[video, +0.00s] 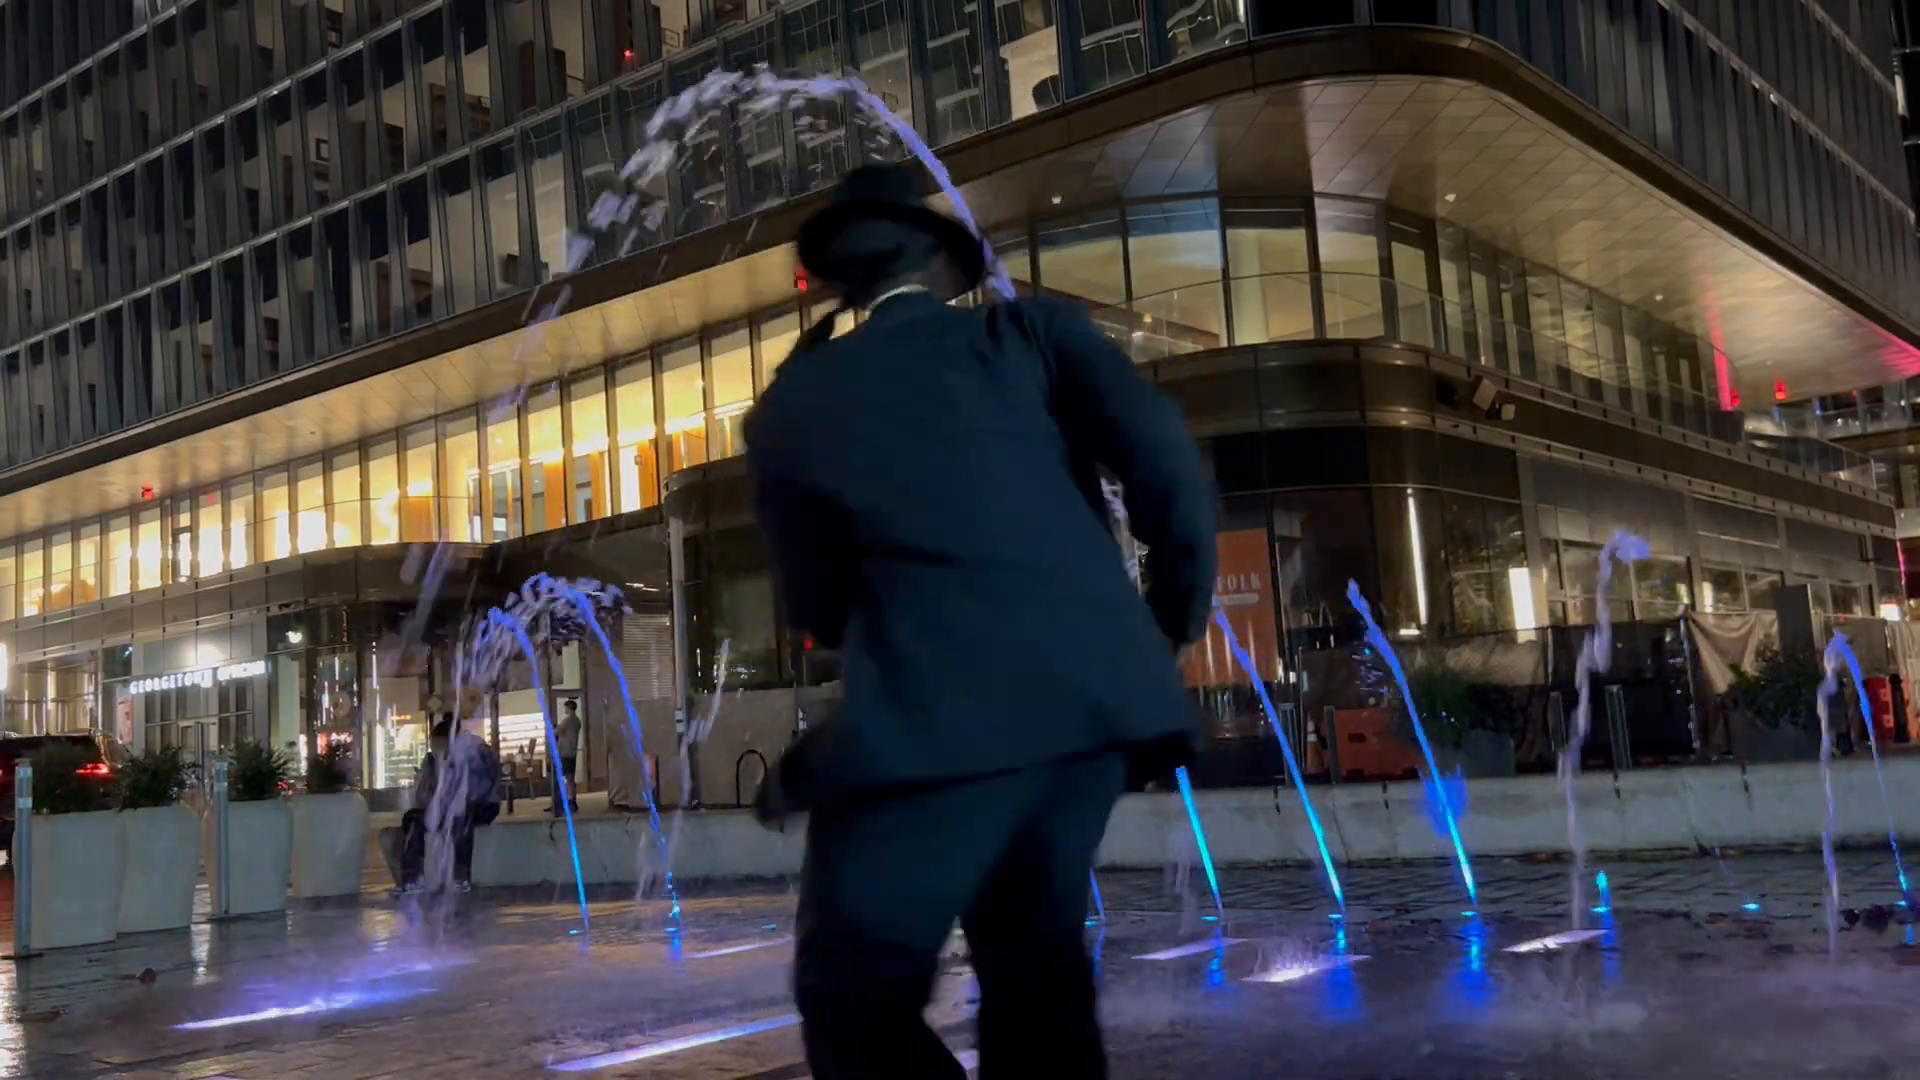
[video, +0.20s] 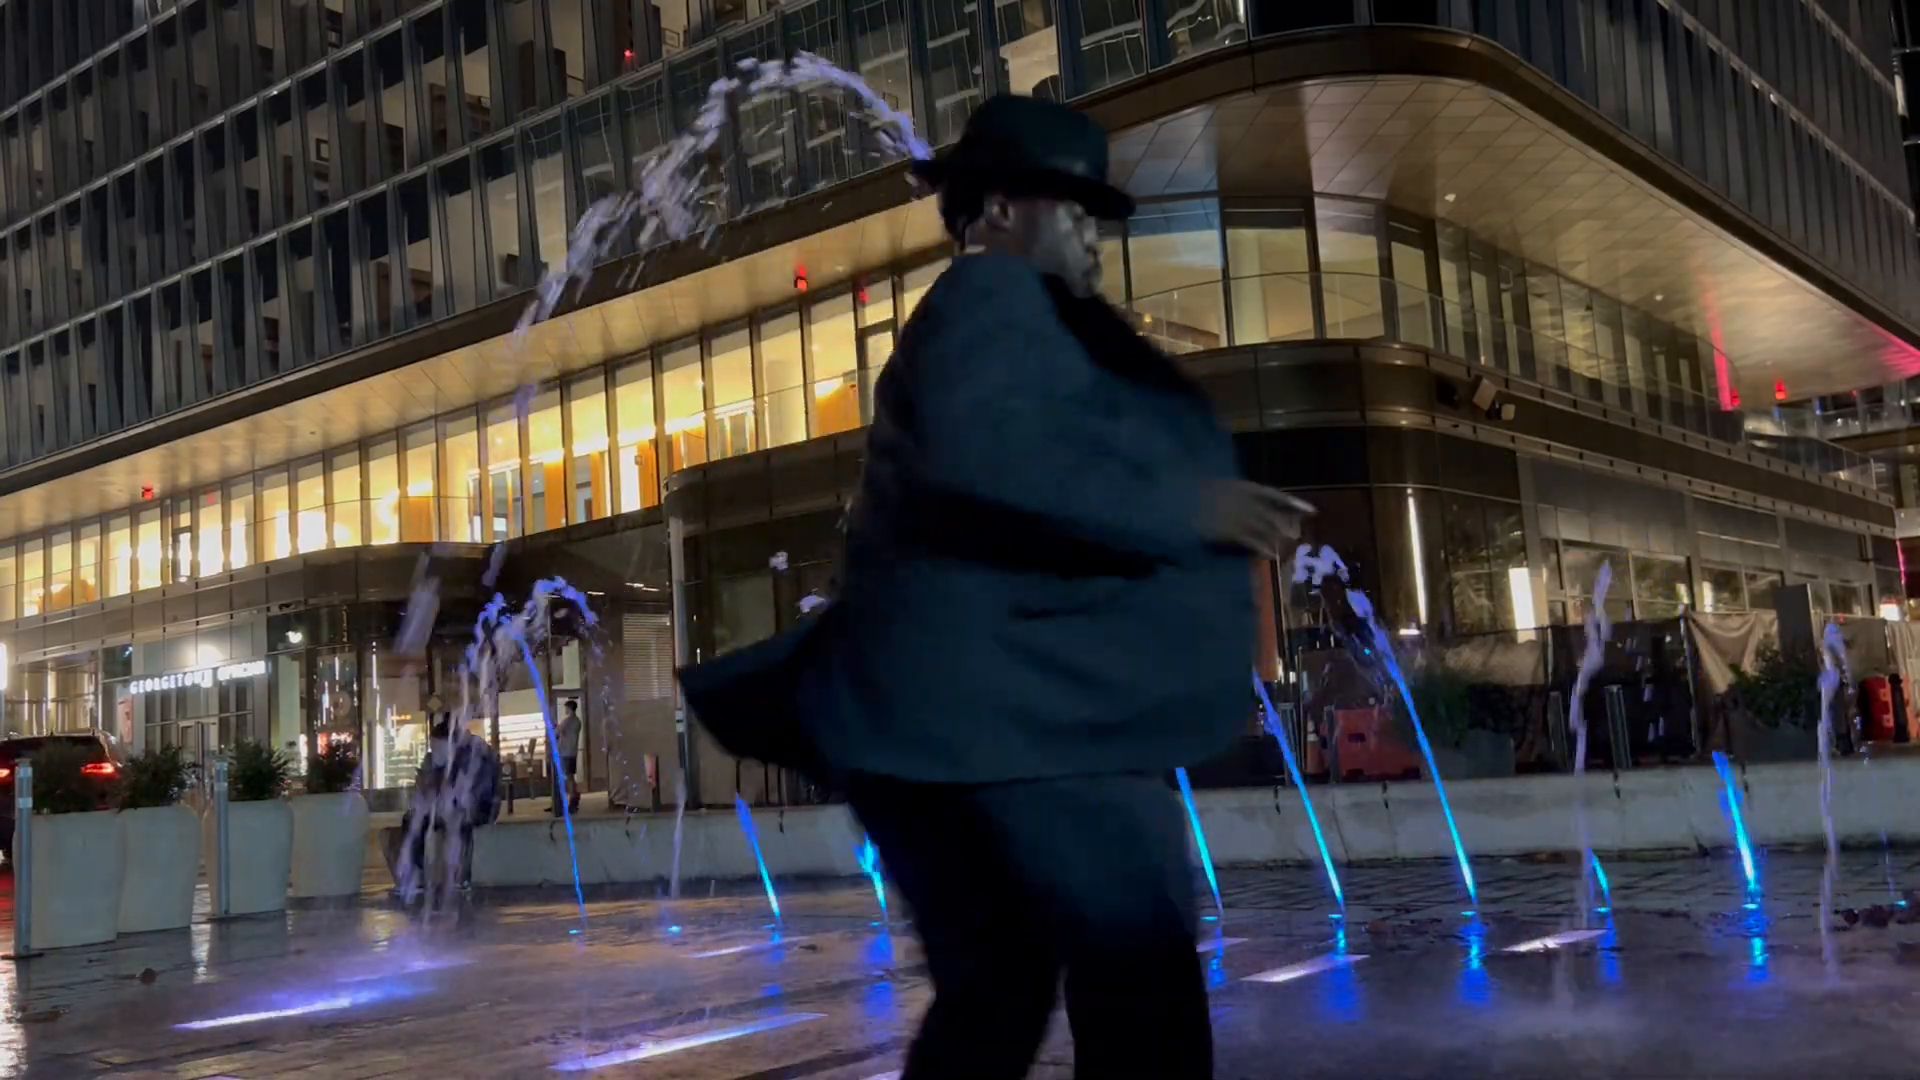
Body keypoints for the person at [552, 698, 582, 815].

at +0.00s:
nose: (564, 710)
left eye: (566, 708)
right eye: (565, 708)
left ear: (568, 709)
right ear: (574, 709)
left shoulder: (566, 721)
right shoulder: (577, 721)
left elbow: (556, 731)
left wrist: (552, 730)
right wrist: (559, 729)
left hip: (564, 754)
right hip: (572, 753)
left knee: (563, 780)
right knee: (571, 779)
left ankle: (560, 803)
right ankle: (572, 801)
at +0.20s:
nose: (565, 710)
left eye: (566, 708)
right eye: (566, 708)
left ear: (568, 708)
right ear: (575, 708)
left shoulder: (566, 721)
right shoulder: (578, 721)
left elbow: (557, 731)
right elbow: (573, 732)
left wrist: (554, 728)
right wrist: (561, 729)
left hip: (565, 753)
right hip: (573, 752)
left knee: (567, 778)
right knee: (571, 778)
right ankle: (574, 798)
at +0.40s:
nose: (565, 710)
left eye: (566, 708)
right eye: (566, 708)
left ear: (569, 709)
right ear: (575, 709)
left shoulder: (566, 721)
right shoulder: (578, 721)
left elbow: (558, 731)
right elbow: (575, 732)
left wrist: (555, 729)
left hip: (564, 752)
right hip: (573, 752)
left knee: (560, 778)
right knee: (572, 776)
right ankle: (574, 796)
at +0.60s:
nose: (565, 710)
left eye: (566, 708)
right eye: (566, 708)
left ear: (569, 709)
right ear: (575, 708)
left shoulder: (567, 721)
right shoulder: (578, 721)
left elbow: (558, 732)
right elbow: (573, 732)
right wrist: (559, 729)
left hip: (565, 752)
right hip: (574, 751)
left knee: (568, 777)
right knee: (571, 777)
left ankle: (571, 799)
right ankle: (574, 797)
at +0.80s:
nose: (565, 710)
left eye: (566, 708)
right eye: (566, 708)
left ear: (569, 708)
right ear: (575, 708)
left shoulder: (567, 721)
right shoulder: (579, 721)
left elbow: (559, 732)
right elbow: (573, 732)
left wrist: (554, 729)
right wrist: (560, 728)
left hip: (566, 749)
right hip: (574, 749)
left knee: (566, 776)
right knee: (571, 776)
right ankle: (574, 799)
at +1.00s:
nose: (566, 710)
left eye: (567, 708)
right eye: (566, 708)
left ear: (570, 708)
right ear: (575, 708)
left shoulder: (568, 721)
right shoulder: (579, 721)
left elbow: (560, 732)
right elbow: (573, 733)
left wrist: (554, 729)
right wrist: (560, 729)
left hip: (566, 753)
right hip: (574, 752)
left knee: (568, 777)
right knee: (571, 777)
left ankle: (571, 798)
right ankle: (574, 796)